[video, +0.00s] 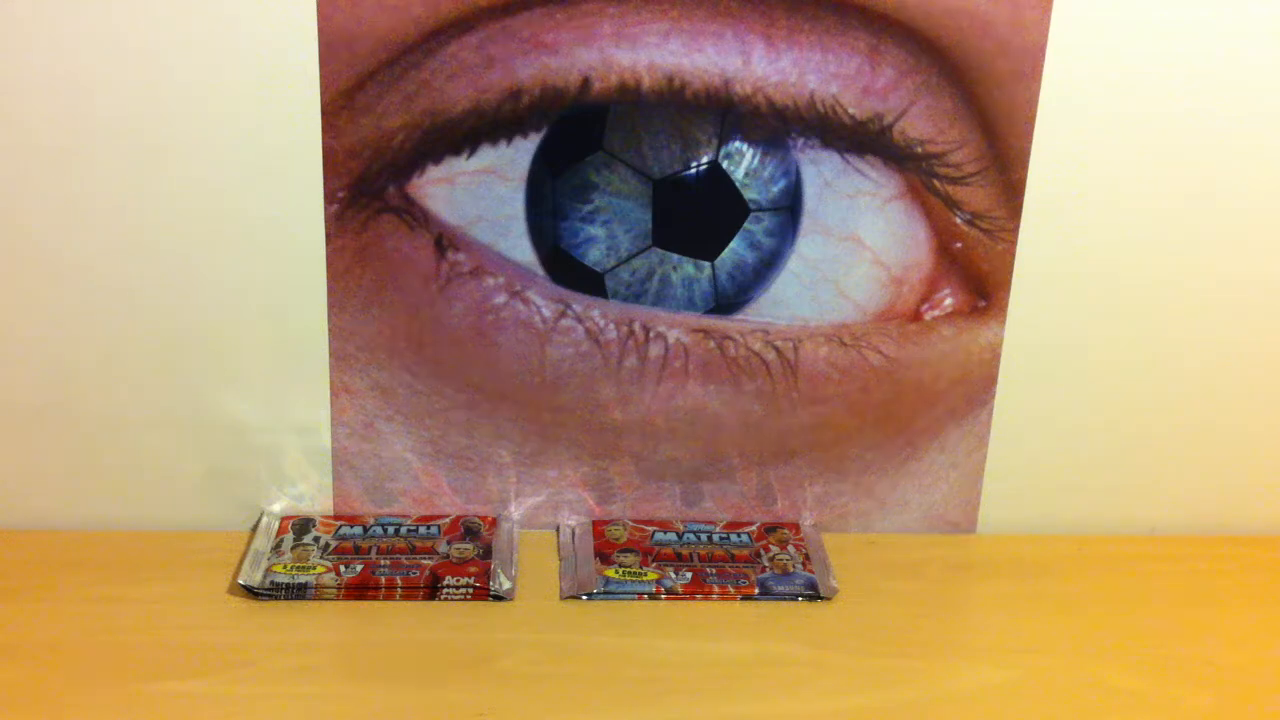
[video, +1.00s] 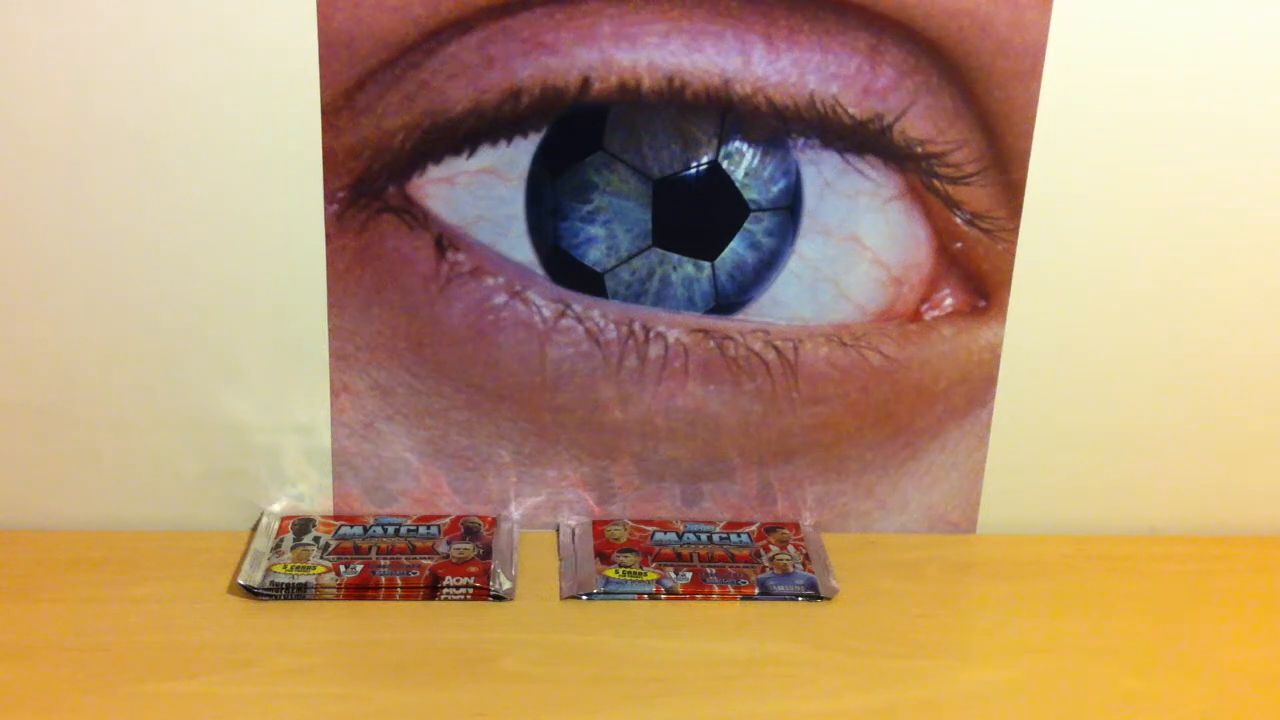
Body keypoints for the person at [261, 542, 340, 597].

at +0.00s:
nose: (309, 554)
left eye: (312, 551)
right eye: (305, 550)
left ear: (315, 551)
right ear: (293, 551)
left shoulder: (324, 567)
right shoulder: (275, 568)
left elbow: (328, 595)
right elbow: (264, 594)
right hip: (278, 610)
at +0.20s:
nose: (309, 554)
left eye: (312, 551)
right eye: (305, 550)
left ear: (315, 552)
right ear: (293, 551)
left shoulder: (323, 569)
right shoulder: (274, 568)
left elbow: (327, 598)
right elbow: (264, 594)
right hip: (277, 610)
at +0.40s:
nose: (309, 554)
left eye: (312, 551)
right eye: (305, 550)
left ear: (315, 552)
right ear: (293, 551)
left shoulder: (323, 569)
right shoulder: (275, 568)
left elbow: (327, 597)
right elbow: (264, 593)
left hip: (309, 610)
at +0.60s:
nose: (309, 554)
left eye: (312, 551)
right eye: (305, 551)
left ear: (315, 552)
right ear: (293, 551)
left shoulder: (323, 569)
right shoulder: (274, 568)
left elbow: (328, 596)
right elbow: (264, 593)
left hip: (309, 610)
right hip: (277, 609)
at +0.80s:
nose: (309, 554)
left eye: (312, 551)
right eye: (305, 551)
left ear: (315, 552)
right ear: (293, 551)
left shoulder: (323, 569)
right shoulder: (274, 568)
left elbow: (328, 596)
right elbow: (264, 593)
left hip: (309, 610)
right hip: (277, 609)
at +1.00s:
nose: (309, 555)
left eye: (312, 551)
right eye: (305, 551)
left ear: (315, 552)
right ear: (293, 551)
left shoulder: (323, 569)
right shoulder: (274, 568)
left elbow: (328, 596)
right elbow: (263, 593)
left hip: (309, 610)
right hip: (277, 609)